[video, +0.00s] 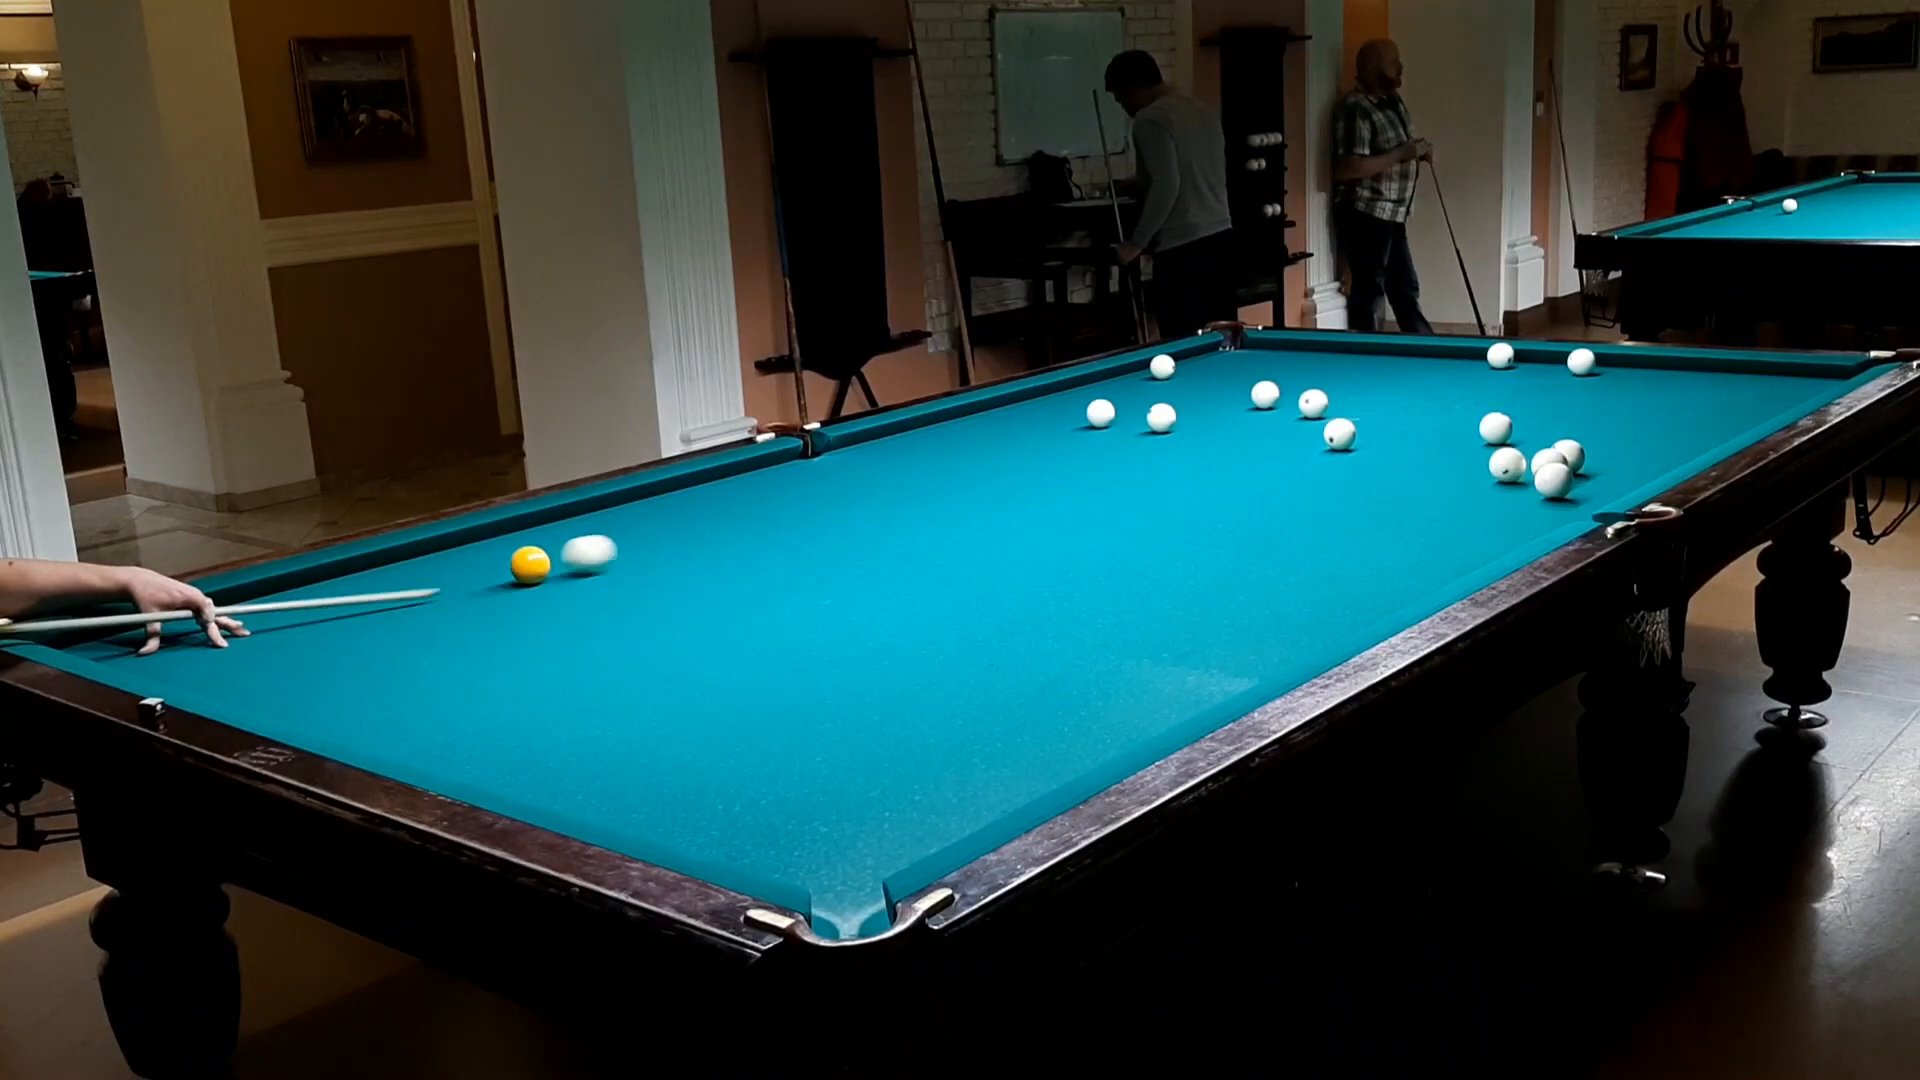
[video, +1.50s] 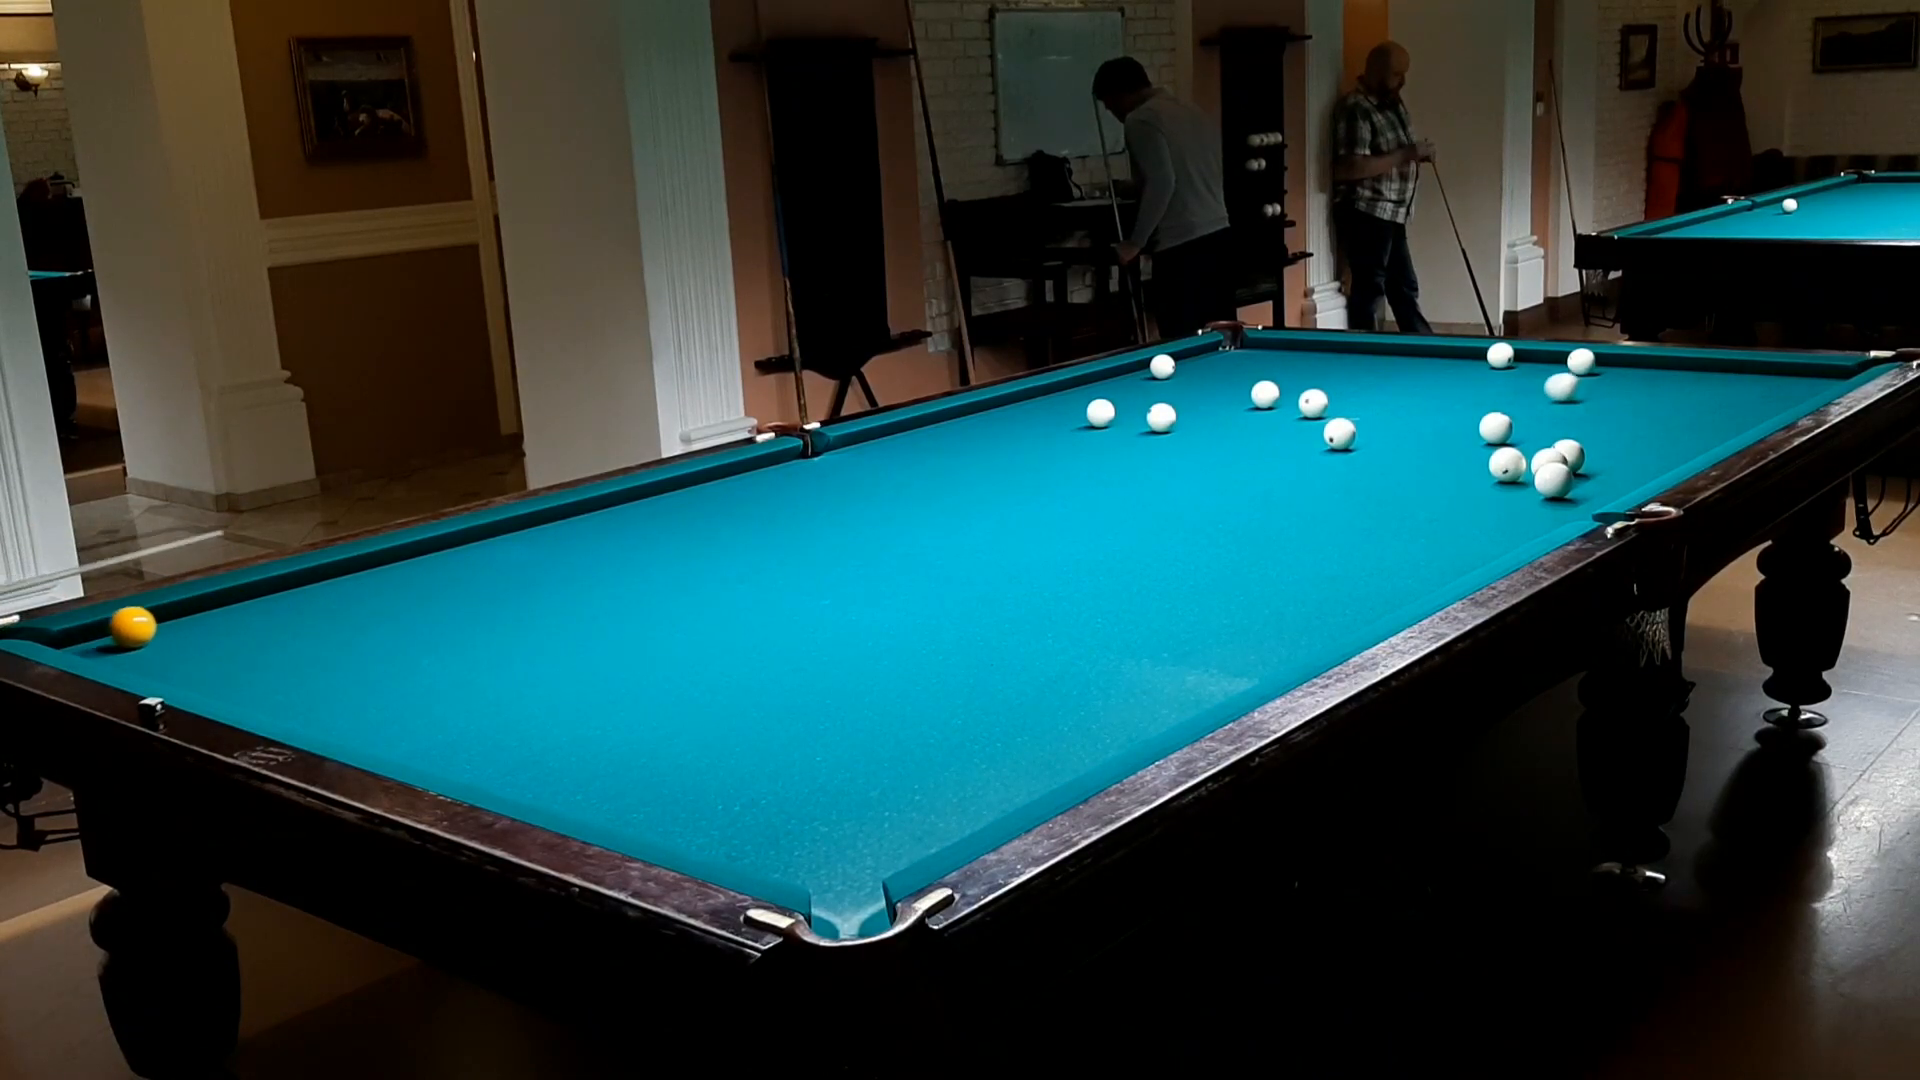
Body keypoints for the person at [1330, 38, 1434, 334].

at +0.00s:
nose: (1401, 71)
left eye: (1400, 64)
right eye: (1394, 65)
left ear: (1381, 69)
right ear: (1373, 68)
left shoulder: (1394, 103)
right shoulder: (1354, 108)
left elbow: (1388, 154)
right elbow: (1348, 168)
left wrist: (1416, 153)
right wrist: (1400, 154)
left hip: (1390, 217)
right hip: (1363, 217)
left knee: (1405, 290)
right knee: (1366, 293)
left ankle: (1426, 353)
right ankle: (1364, 360)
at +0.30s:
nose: (1400, 71)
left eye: (1400, 65)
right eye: (1393, 66)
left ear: (1380, 70)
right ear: (1372, 68)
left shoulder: (1393, 103)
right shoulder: (1354, 108)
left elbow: (1388, 153)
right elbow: (1348, 168)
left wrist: (1417, 153)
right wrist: (1400, 153)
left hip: (1390, 217)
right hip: (1363, 217)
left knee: (1404, 290)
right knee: (1366, 293)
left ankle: (1427, 354)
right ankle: (1364, 360)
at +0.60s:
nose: (1402, 73)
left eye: (1402, 67)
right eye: (1396, 67)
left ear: (1380, 71)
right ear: (1374, 69)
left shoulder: (1393, 104)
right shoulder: (1354, 109)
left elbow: (1388, 154)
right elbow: (1348, 169)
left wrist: (1417, 154)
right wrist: (1399, 154)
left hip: (1390, 217)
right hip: (1363, 216)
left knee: (1404, 290)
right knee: (1366, 292)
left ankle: (1425, 352)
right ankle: (1364, 358)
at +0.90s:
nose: (1402, 83)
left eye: (1404, 76)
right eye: (1397, 76)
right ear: (1376, 72)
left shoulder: (1393, 105)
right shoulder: (1354, 108)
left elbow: (1388, 155)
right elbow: (1349, 169)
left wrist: (1417, 154)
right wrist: (1400, 155)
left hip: (1390, 217)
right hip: (1363, 216)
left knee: (1404, 290)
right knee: (1366, 292)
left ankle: (1425, 353)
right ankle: (1364, 359)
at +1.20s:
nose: (1403, 83)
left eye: (1404, 77)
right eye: (1397, 77)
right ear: (1377, 72)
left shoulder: (1394, 104)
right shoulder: (1355, 108)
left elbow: (1391, 155)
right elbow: (1355, 168)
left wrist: (1419, 154)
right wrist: (1405, 150)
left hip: (1390, 217)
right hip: (1363, 216)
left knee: (1404, 290)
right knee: (1366, 292)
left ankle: (1425, 352)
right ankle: (1364, 359)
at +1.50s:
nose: (1403, 82)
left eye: (1405, 75)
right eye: (1397, 75)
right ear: (1377, 71)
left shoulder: (1394, 105)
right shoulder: (1355, 107)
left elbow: (1390, 155)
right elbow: (1350, 168)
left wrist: (1416, 154)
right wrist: (1402, 156)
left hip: (1390, 217)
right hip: (1363, 215)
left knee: (1404, 289)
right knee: (1366, 291)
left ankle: (1425, 352)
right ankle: (1363, 358)